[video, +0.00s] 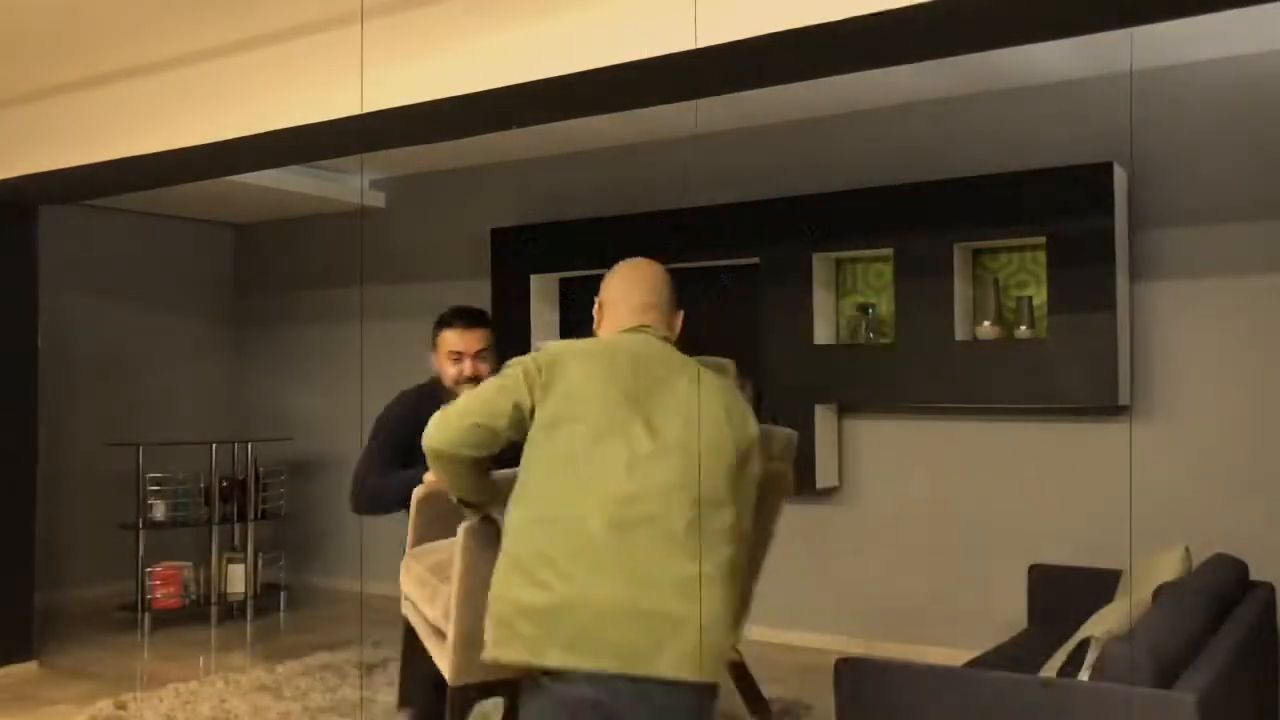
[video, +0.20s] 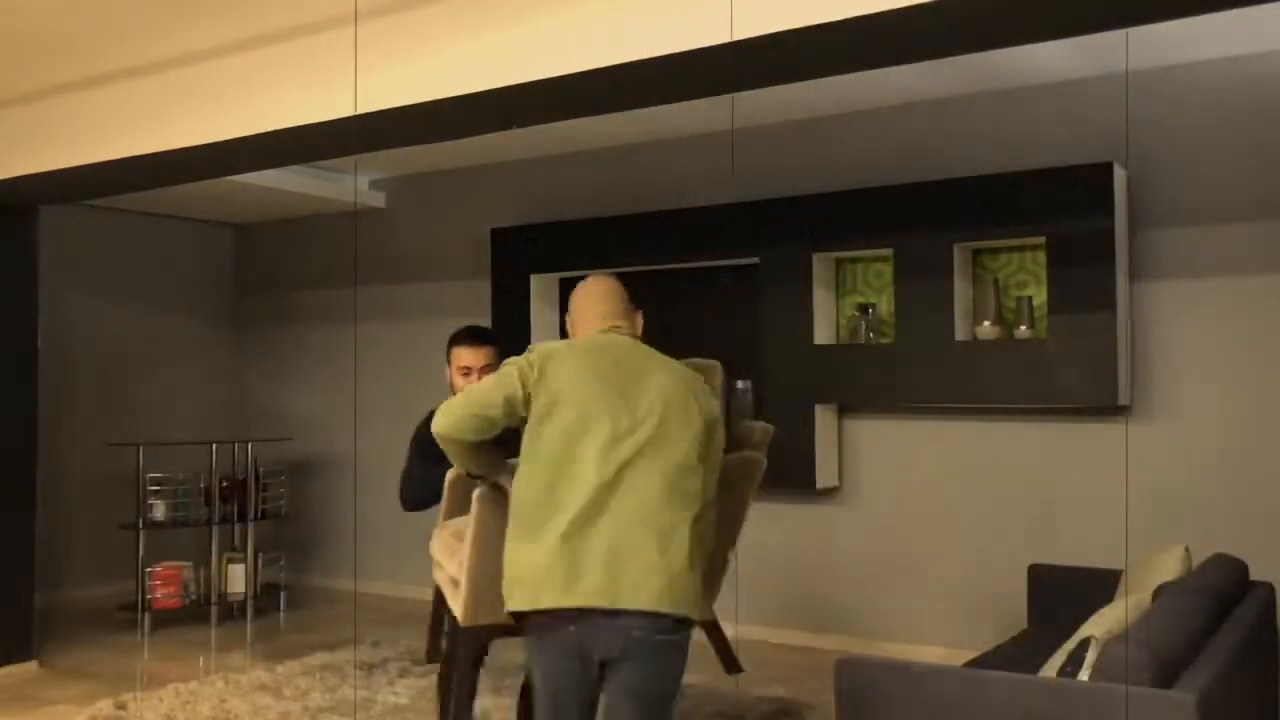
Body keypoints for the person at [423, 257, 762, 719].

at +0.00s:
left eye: (596, 311)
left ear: (597, 315)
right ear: (678, 324)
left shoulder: (553, 365)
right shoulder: (727, 398)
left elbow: (446, 439)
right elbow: (739, 529)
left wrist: (488, 501)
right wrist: (723, 631)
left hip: (556, 653)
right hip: (682, 668)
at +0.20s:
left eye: (569, 325)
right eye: (637, 318)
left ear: (570, 326)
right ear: (637, 322)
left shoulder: (544, 363)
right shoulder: (695, 387)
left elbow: (450, 424)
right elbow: (706, 500)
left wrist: (502, 472)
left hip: (555, 608)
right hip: (656, 614)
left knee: (558, 711)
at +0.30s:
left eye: (598, 327)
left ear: (598, 331)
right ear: (660, 338)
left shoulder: (554, 367)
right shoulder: (693, 393)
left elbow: (471, 425)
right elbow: (707, 498)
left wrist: (514, 473)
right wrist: (701, 573)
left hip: (565, 590)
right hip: (656, 598)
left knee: (568, 712)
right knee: (659, 713)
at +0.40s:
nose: (580, 349)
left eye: (581, 344)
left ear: (585, 344)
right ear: (640, 338)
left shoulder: (566, 383)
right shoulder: (692, 389)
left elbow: (489, 448)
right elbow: (714, 483)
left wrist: (540, 478)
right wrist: (717, 566)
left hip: (593, 582)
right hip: (680, 583)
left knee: (580, 706)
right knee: (672, 711)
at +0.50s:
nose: (581, 366)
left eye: (581, 359)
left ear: (585, 359)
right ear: (634, 355)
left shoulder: (574, 398)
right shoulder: (690, 397)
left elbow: (503, 463)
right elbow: (707, 462)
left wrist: (555, 487)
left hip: (606, 577)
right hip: (690, 577)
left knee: (600, 688)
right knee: (696, 689)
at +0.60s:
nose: (605, 378)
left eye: (606, 371)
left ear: (612, 372)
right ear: (658, 371)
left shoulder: (599, 400)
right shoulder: (710, 407)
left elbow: (529, 459)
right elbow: (738, 470)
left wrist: (572, 501)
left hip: (627, 569)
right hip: (705, 568)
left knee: (622, 661)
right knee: (706, 661)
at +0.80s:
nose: (629, 412)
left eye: (632, 407)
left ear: (635, 412)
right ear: (677, 414)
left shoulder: (628, 430)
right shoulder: (717, 447)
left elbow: (566, 484)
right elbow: (744, 514)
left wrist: (596, 523)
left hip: (657, 569)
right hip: (722, 570)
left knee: (643, 647)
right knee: (721, 646)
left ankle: (658, 714)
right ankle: (747, 711)